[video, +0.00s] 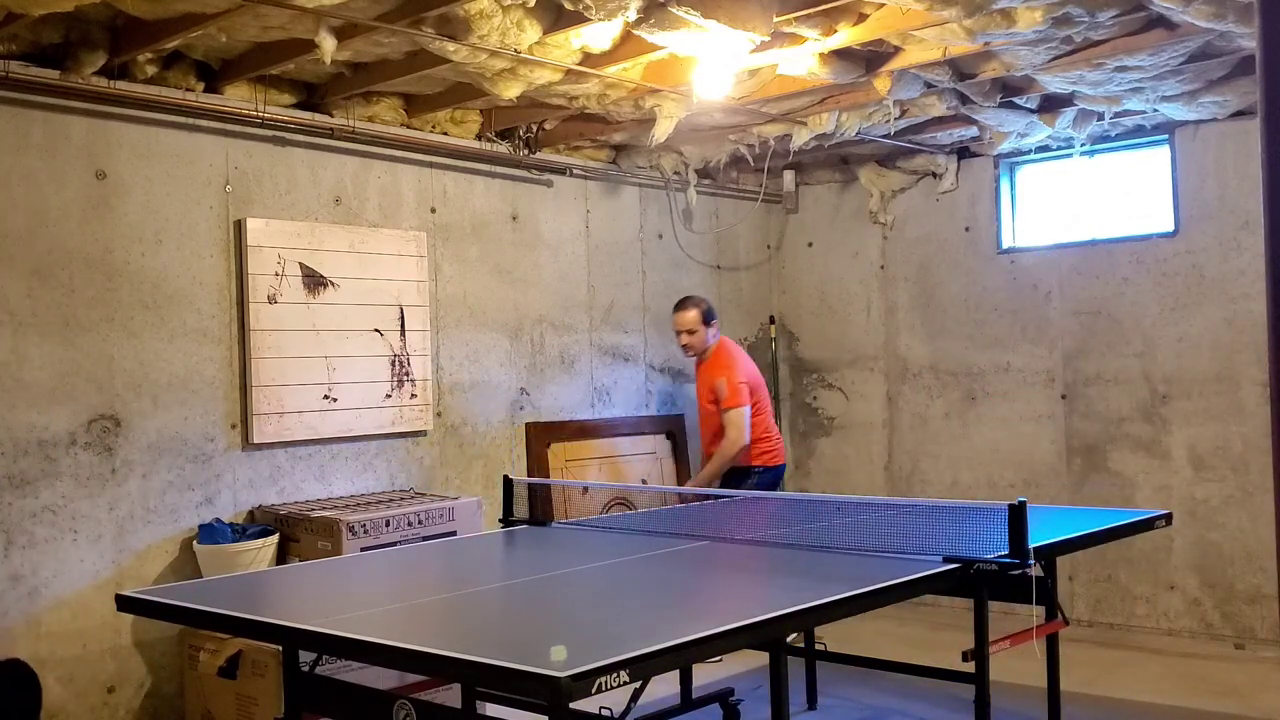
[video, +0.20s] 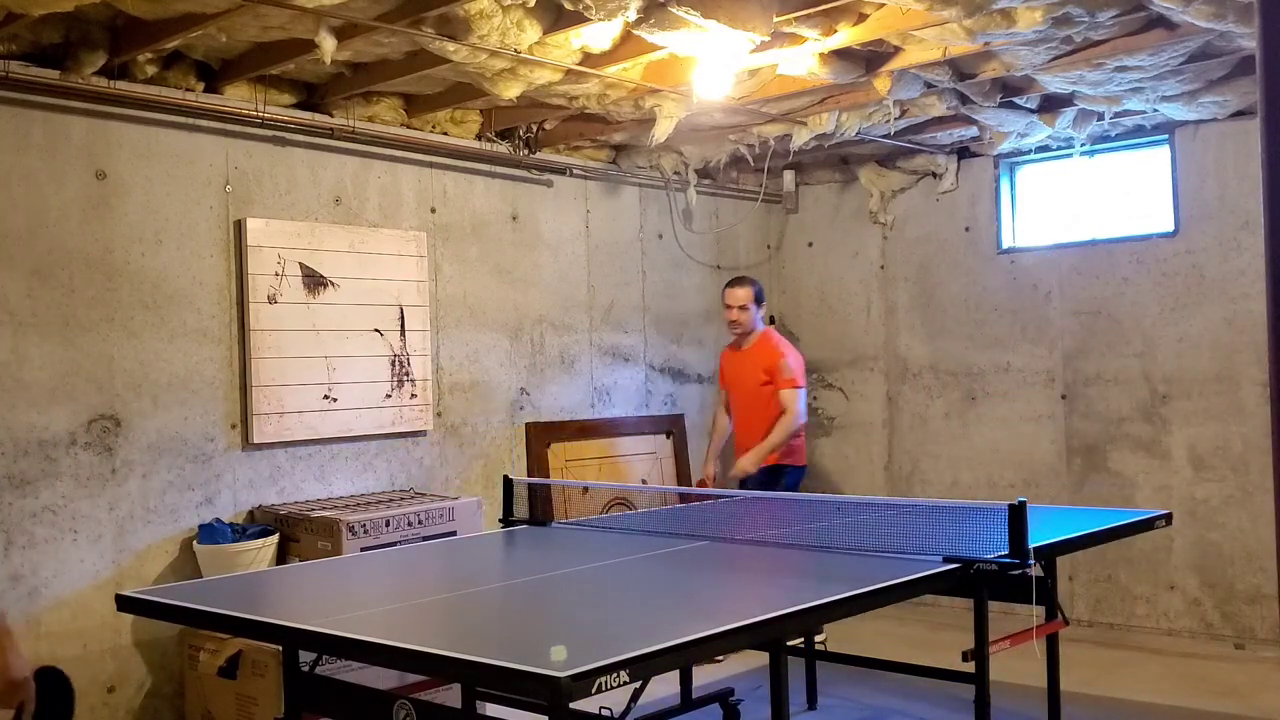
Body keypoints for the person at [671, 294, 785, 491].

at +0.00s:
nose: (683, 341)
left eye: (691, 333)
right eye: (678, 333)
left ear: (713, 328)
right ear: (674, 332)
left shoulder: (727, 365)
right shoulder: (707, 357)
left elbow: (738, 439)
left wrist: (698, 483)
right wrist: (706, 477)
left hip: (755, 466)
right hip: (738, 464)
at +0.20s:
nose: (733, 316)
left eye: (743, 308)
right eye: (728, 308)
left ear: (761, 309)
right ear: (723, 309)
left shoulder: (782, 353)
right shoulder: (728, 356)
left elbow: (796, 415)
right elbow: (725, 410)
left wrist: (755, 456)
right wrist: (712, 459)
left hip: (781, 465)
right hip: (747, 466)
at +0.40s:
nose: (770, 301)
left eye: (780, 294)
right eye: (765, 293)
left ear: (796, 298)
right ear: (759, 295)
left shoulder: (818, 344)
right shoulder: (751, 347)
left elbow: (846, 401)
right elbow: (741, 400)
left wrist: (834, 453)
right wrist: (725, 452)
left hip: (805, 456)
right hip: (767, 457)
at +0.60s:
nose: (807, 296)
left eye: (817, 290)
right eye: (802, 289)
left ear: (832, 297)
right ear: (794, 293)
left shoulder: (851, 344)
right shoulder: (780, 345)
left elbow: (875, 399)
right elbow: (765, 398)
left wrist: (874, 453)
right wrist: (748, 452)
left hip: (836, 465)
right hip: (790, 465)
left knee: (847, 541)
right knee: (797, 546)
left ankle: (882, 615)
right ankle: (810, 623)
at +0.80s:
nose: (853, 296)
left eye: (862, 290)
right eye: (847, 289)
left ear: (876, 296)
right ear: (838, 294)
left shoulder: (896, 346)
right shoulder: (817, 346)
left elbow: (920, 399)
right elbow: (798, 400)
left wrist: (924, 451)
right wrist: (783, 454)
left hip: (883, 467)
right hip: (828, 468)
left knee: (904, 539)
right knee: (820, 544)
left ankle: (914, 623)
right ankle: (813, 622)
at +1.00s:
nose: (901, 294)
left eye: (910, 288)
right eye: (894, 287)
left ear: (924, 294)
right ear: (886, 292)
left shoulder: (942, 344)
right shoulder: (863, 342)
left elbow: (958, 398)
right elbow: (838, 398)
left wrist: (977, 446)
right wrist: (823, 456)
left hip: (926, 466)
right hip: (872, 466)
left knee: (926, 545)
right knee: (852, 543)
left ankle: (918, 625)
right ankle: (827, 620)